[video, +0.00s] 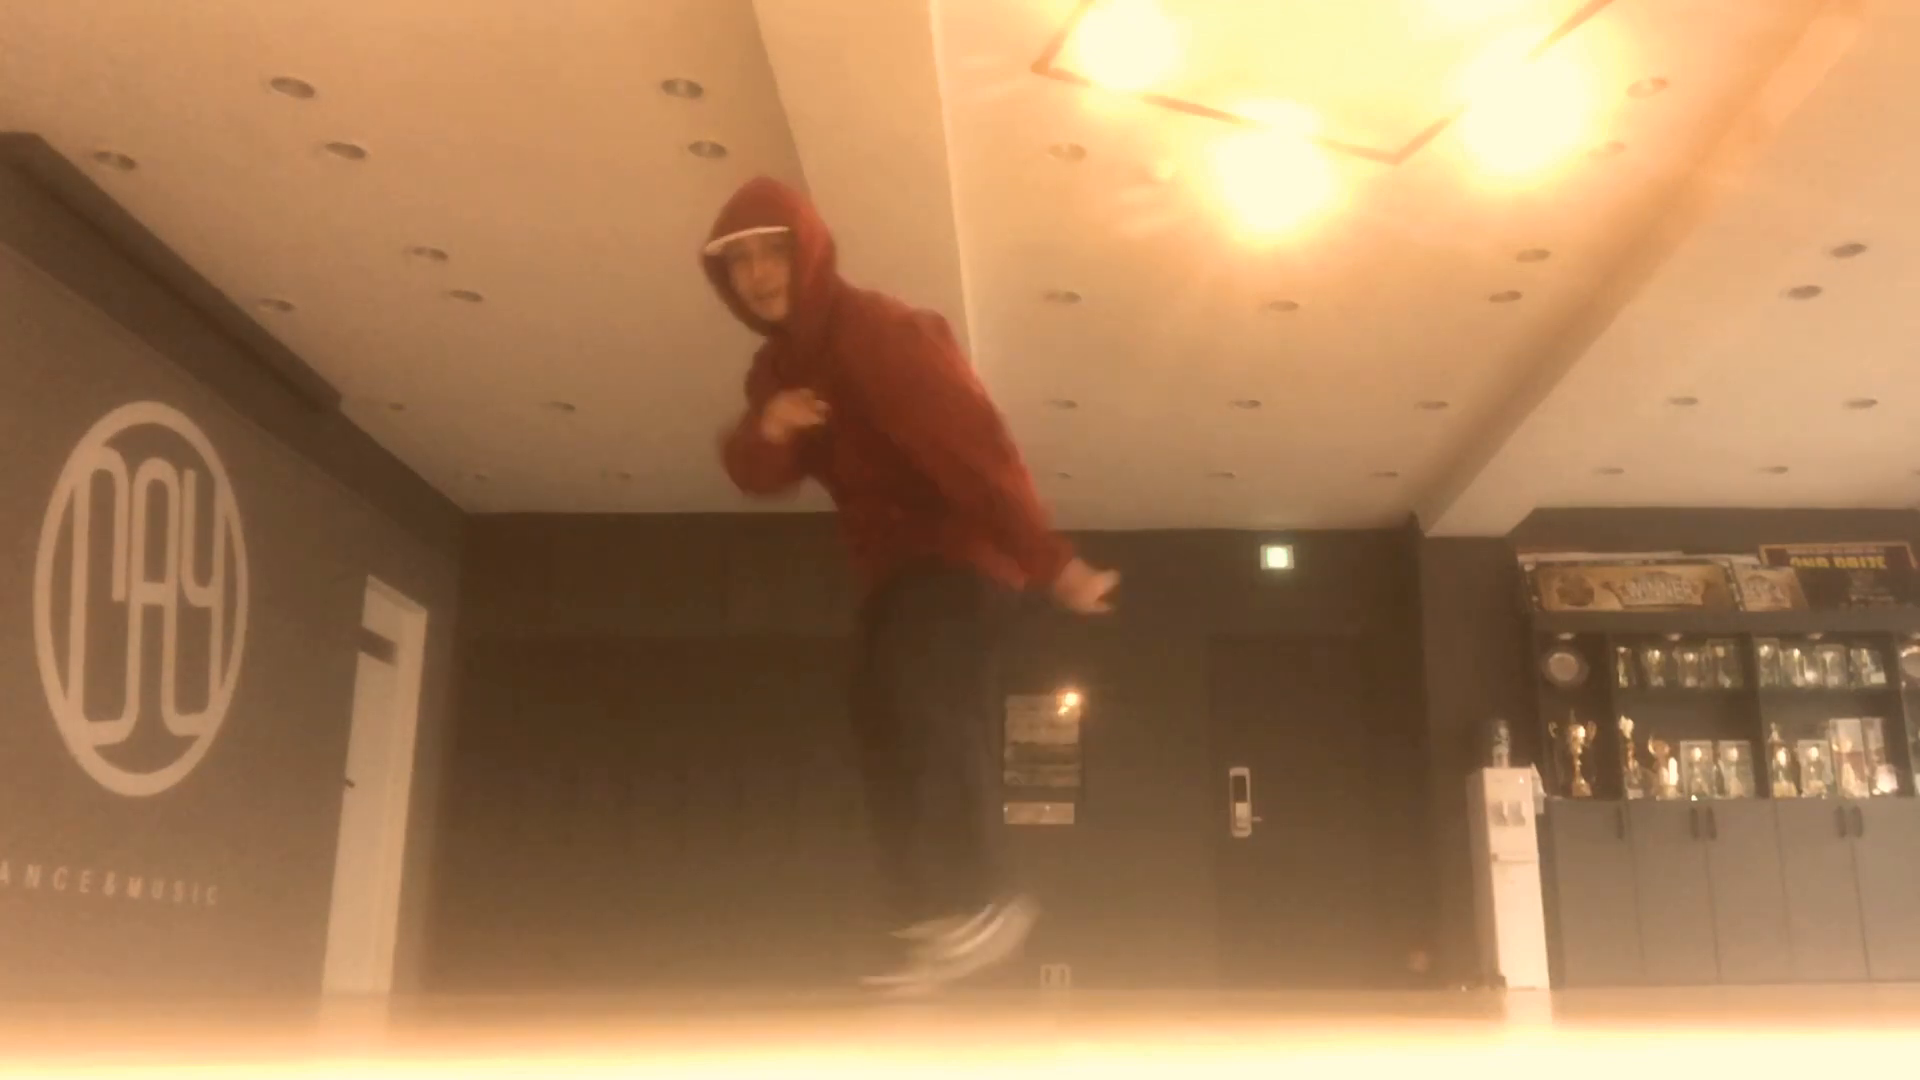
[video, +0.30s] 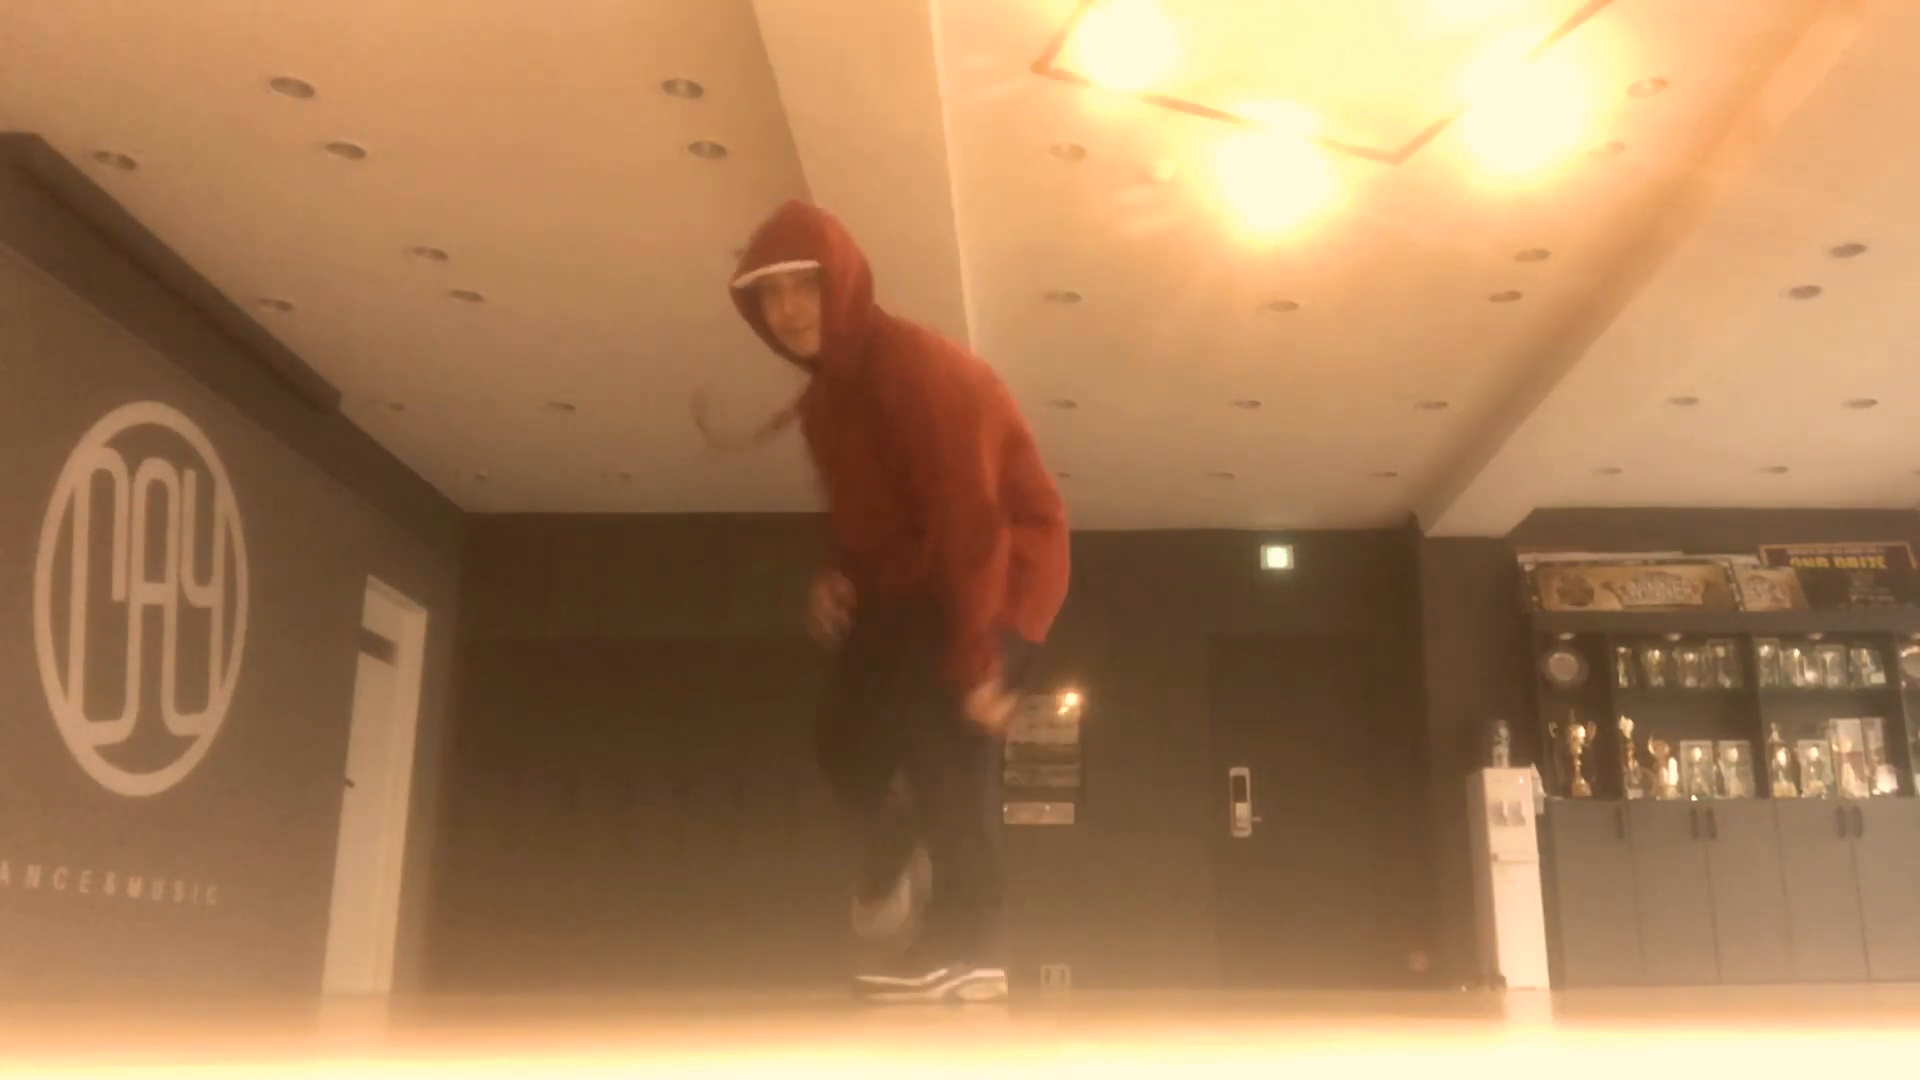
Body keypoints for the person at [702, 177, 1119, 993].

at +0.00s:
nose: (756, 276)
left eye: (770, 253)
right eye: (737, 262)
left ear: (809, 252)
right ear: (726, 281)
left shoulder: (881, 333)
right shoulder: (777, 366)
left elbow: (971, 448)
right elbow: (752, 474)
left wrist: (1053, 562)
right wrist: (768, 431)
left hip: (966, 551)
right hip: (899, 561)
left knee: (919, 693)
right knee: (881, 707)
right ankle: (925, 913)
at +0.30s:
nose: (787, 311)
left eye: (801, 286)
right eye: (769, 297)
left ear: (843, 284)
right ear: (758, 314)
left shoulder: (923, 369)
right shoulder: (825, 398)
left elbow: (970, 518)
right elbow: (861, 503)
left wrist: (978, 662)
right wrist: (839, 570)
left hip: (1004, 563)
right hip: (915, 574)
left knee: (943, 731)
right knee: (849, 724)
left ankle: (970, 944)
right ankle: (890, 848)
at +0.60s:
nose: (842, 280)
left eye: (859, 259)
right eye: (824, 266)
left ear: (897, 261)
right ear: (809, 280)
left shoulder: (958, 347)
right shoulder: (847, 372)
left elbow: (1056, 473)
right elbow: (766, 444)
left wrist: (1130, 602)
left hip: (1011, 568)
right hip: (949, 573)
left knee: (906, 707)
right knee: (946, 750)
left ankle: (953, 920)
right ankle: (1042, 898)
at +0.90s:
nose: (854, 290)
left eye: (871, 268)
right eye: (837, 275)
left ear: (911, 272)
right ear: (825, 291)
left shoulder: (977, 359)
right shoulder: (876, 387)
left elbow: (1032, 512)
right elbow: (899, 503)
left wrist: (1040, 660)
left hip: (1020, 584)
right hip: (956, 587)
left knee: (944, 732)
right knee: (904, 747)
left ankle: (986, 943)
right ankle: (1017, 890)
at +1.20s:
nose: (892, 291)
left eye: (909, 270)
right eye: (876, 277)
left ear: (945, 274)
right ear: (861, 291)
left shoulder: (1001, 358)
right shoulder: (896, 378)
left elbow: (1071, 492)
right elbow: (824, 442)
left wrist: (1111, 632)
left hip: (1031, 589)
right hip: (970, 593)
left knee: (943, 716)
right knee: (964, 765)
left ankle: (970, 932)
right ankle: (1063, 928)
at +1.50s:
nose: (906, 276)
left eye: (922, 252)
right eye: (888, 261)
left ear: (964, 251)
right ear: (876, 274)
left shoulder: (1040, 346)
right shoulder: (909, 363)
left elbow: (1094, 497)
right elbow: (876, 472)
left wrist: (1087, 634)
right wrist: (831, 543)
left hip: (1059, 586)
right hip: (977, 584)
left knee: (1028, 763)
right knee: (953, 755)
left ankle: (1079, 939)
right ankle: (1028, 880)